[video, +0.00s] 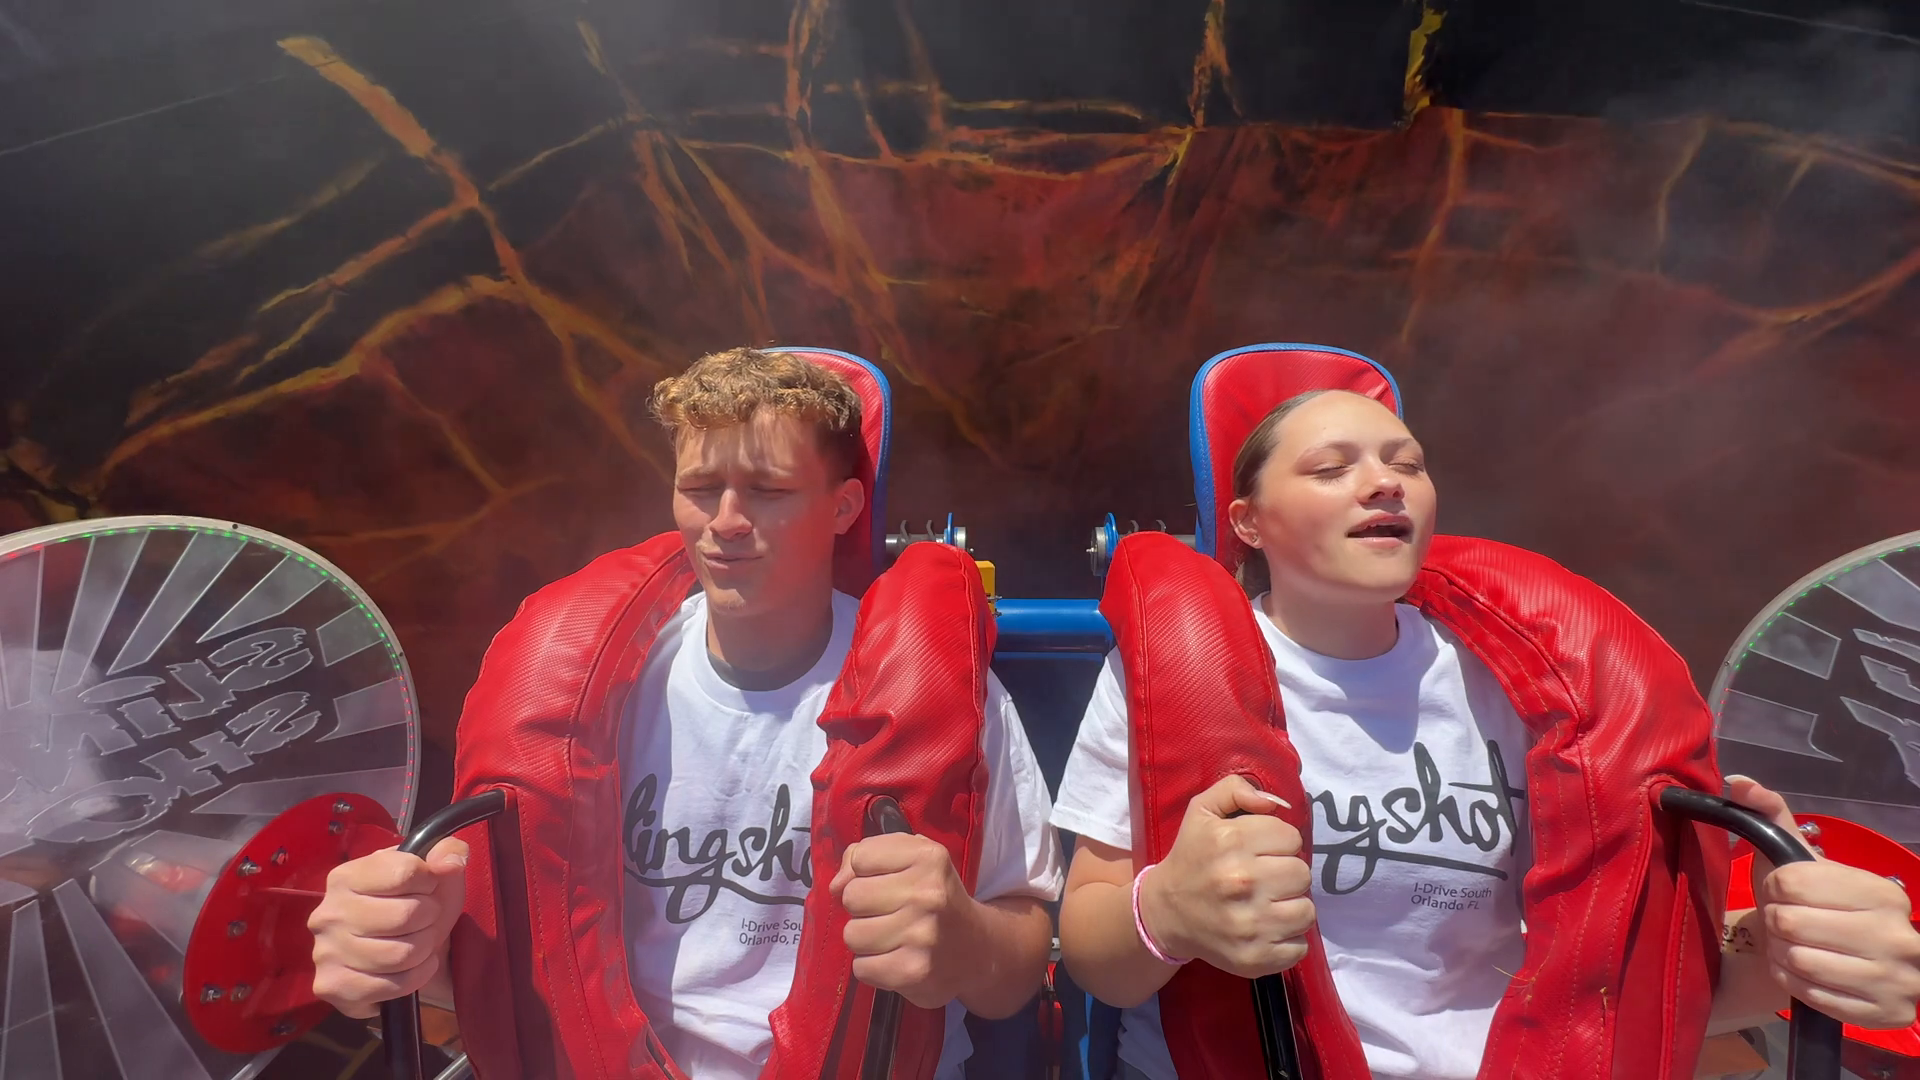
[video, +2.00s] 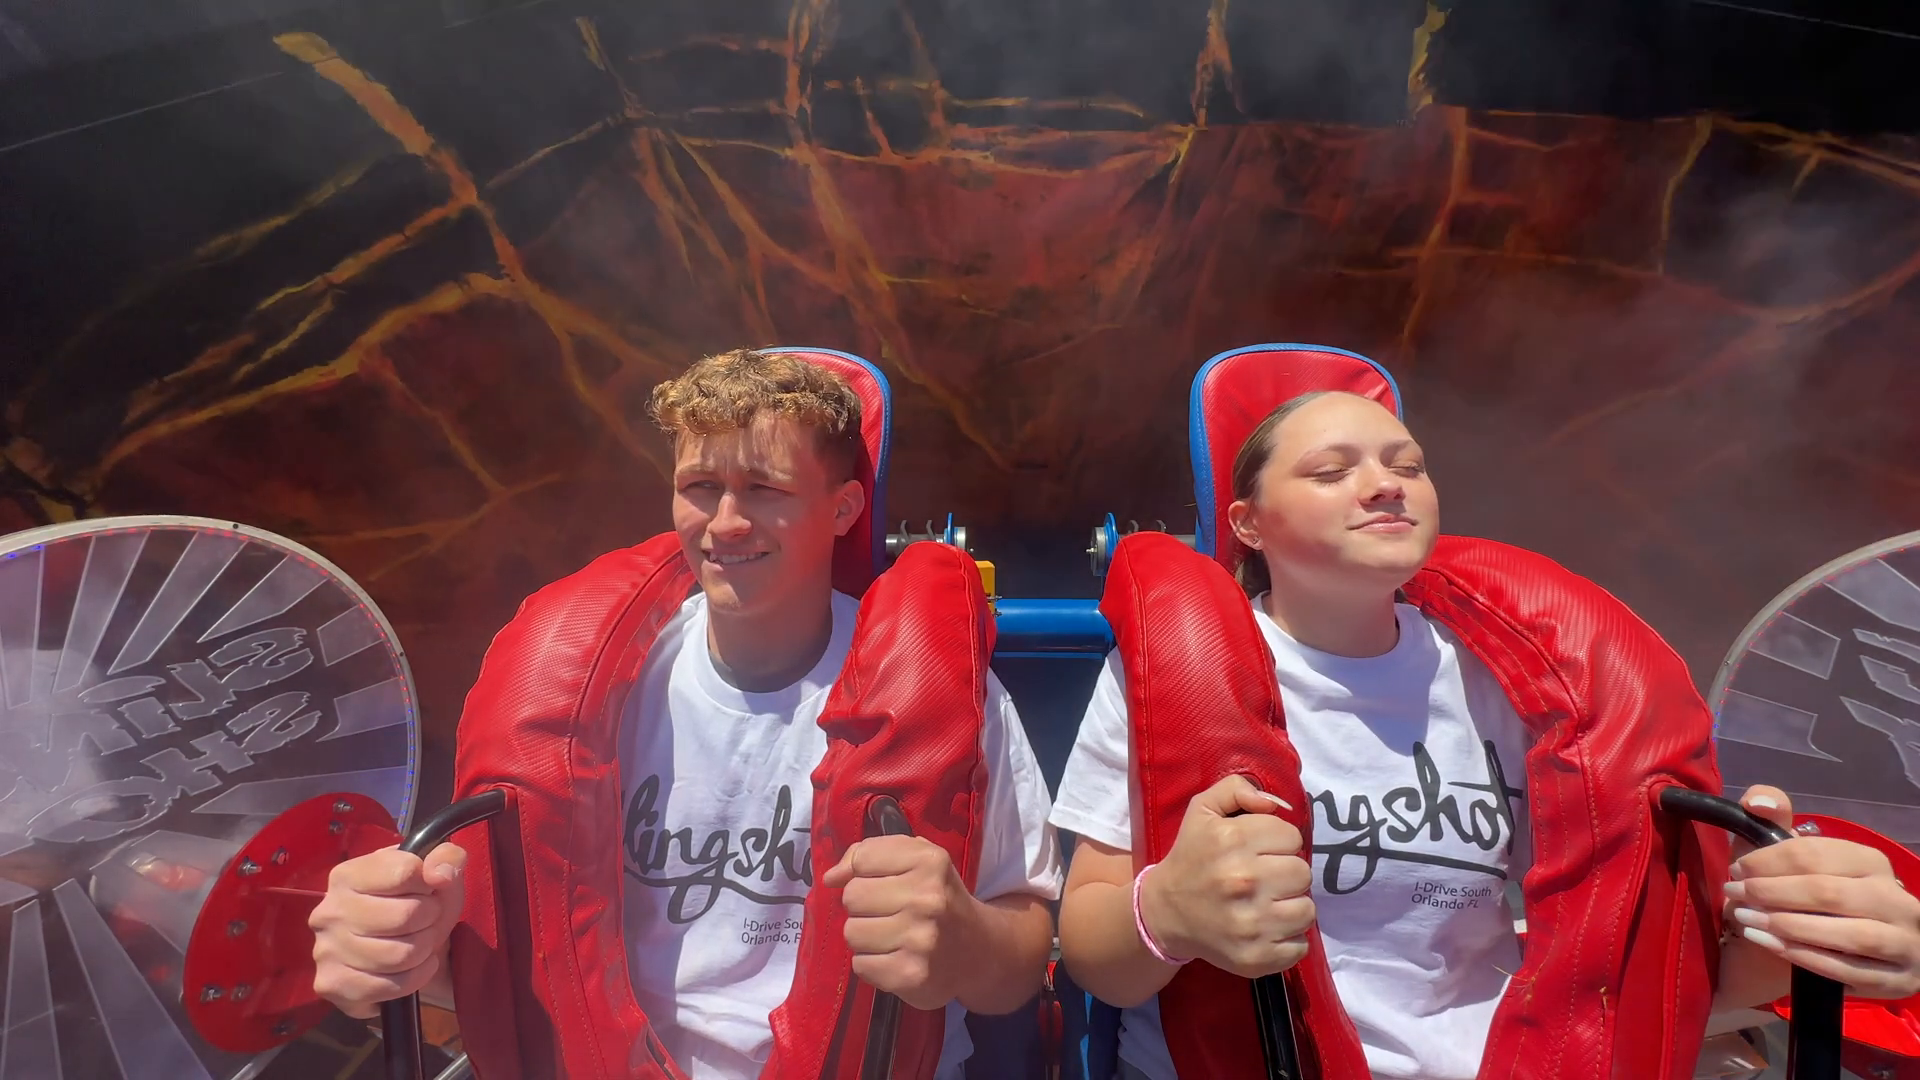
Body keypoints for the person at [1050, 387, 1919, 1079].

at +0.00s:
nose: (1383, 481)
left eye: (1401, 458)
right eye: (1330, 464)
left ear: (1432, 493)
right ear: (1245, 521)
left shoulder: (1529, 666)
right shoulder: (1175, 668)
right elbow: (1088, 953)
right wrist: (1162, 912)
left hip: (1507, 1067)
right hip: (1288, 1064)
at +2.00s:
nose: (1384, 481)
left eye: (1401, 457)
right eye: (1330, 468)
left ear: (1434, 488)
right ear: (1246, 523)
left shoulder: (1520, 664)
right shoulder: (1175, 664)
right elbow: (1089, 954)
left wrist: (1717, 857)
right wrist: (1162, 911)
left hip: (1508, 1065)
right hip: (1294, 1065)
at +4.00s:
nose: (1379, 468)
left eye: (1395, 445)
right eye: (1325, 455)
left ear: (1431, 480)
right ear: (1244, 518)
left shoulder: (1530, 662)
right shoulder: (1173, 663)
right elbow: (1088, 953)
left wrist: (1767, 904)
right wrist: (1158, 914)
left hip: (1506, 1067)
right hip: (1281, 1066)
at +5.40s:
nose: (1386, 475)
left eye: (1402, 451)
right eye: (1332, 458)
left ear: (1432, 486)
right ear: (1244, 515)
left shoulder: (1530, 667)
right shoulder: (1173, 662)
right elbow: (1089, 953)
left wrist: (1766, 914)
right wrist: (1158, 914)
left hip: (1503, 1066)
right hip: (1283, 1063)